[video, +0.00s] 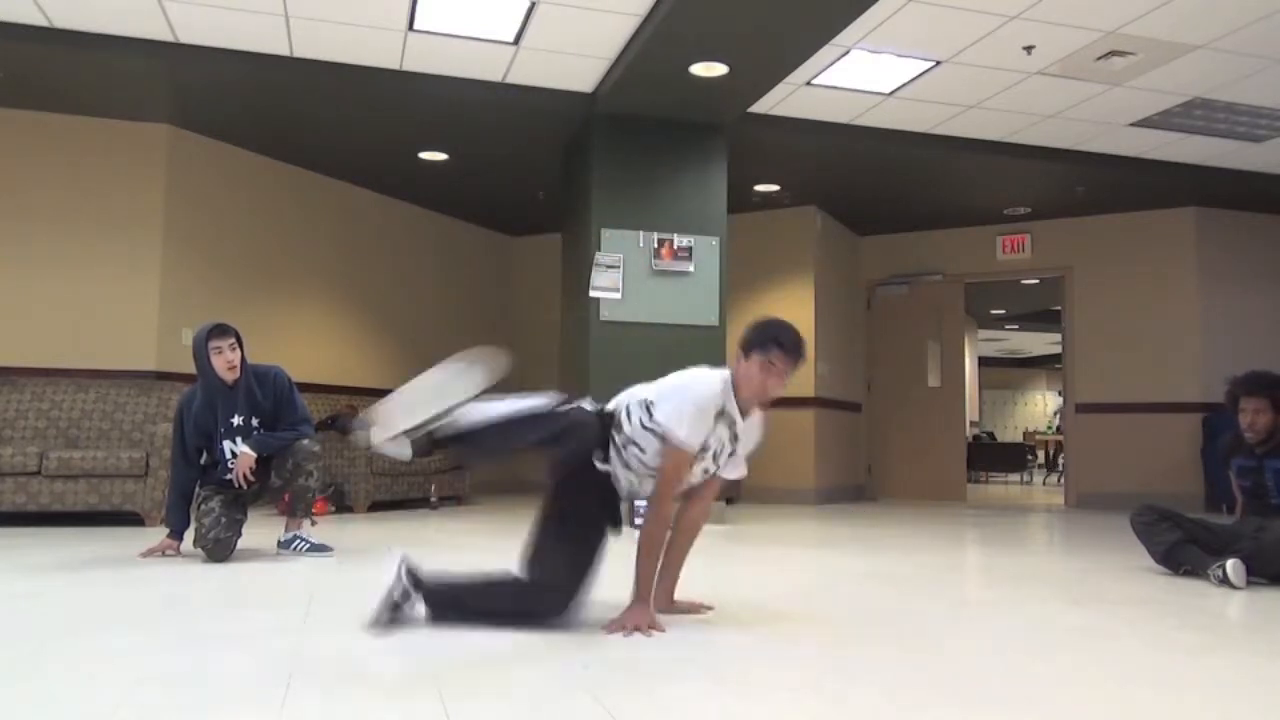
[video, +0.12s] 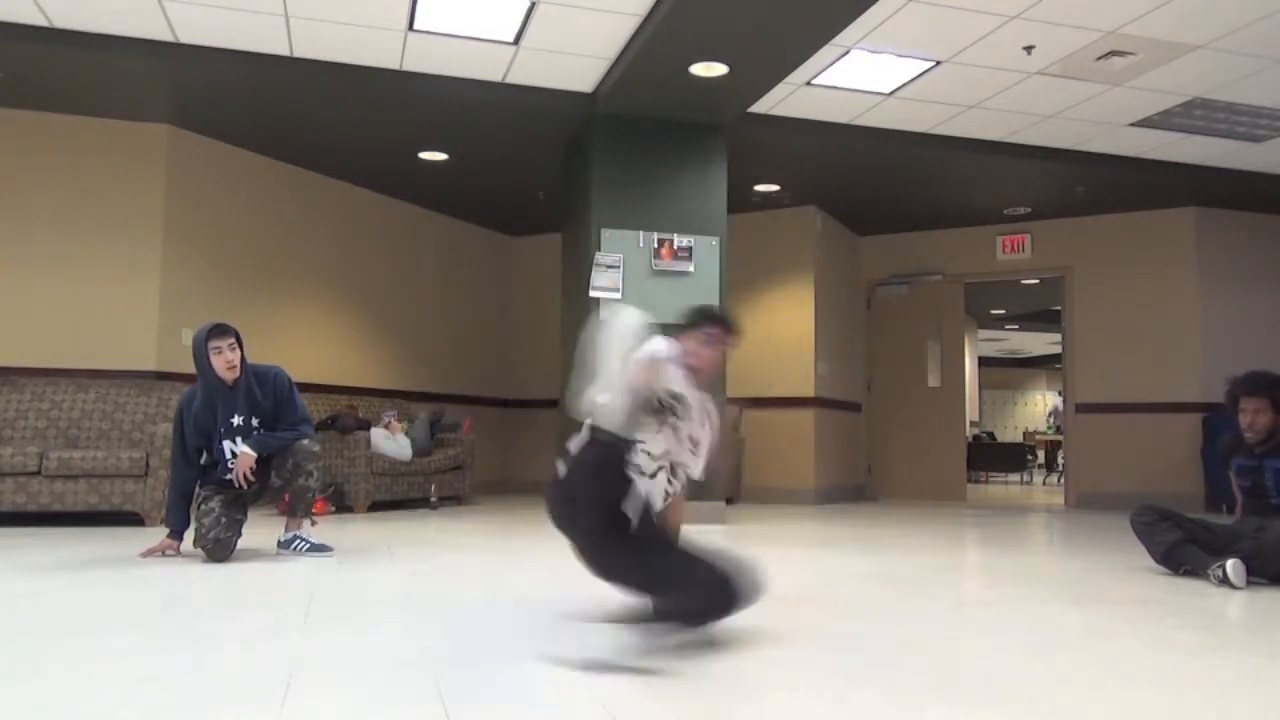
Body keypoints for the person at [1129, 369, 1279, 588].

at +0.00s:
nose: (1249, 421)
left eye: (1260, 412)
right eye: (1244, 412)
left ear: (1276, 415)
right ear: (1236, 415)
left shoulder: (1275, 453)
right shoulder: (1234, 451)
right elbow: (1242, 501)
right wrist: (1236, 532)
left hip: (1271, 536)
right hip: (1240, 534)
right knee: (1144, 515)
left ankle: (1197, 562)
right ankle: (1210, 567)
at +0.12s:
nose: (1249, 421)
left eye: (1260, 412)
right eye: (1244, 412)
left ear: (1277, 416)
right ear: (1236, 415)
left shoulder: (1276, 453)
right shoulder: (1233, 450)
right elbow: (1241, 500)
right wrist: (1236, 531)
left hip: (1271, 536)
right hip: (1240, 534)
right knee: (1144, 514)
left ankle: (1197, 562)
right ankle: (1210, 567)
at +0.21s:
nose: (1249, 421)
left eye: (1260, 412)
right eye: (1244, 412)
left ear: (1277, 416)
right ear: (1236, 415)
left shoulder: (1276, 453)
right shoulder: (1233, 450)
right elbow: (1241, 500)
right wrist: (1236, 531)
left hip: (1271, 536)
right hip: (1239, 533)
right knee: (1144, 514)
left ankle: (1197, 562)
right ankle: (1210, 567)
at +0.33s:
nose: (1249, 421)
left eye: (1260, 412)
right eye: (1244, 412)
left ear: (1277, 416)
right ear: (1236, 414)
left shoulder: (1276, 453)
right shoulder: (1233, 451)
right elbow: (1241, 500)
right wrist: (1236, 531)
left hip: (1271, 536)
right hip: (1239, 533)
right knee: (1144, 514)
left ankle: (1197, 562)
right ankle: (1210, 567)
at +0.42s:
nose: (1249, 421)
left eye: (1260, 413)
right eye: (1244, 412)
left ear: (1277, 416)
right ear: (1236, 415)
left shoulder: (1276, 453)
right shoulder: (1233, 451)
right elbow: (1241, 501)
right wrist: (1236, 531)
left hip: (1272, 536)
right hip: (1240, 534)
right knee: (1144, 515)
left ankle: (1197, 562)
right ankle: (1210, 567)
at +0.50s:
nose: (1249, 421)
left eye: (1260, 413)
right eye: (1244, 412)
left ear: (1277, 416)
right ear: (1236, 415)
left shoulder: (1275, 453)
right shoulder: (1234, 451)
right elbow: (1241, 501)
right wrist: (1236, 531)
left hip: (1271, 537)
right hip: (1240, 534)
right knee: (1145, 514)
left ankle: (1197, 562)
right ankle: (1210, 566)